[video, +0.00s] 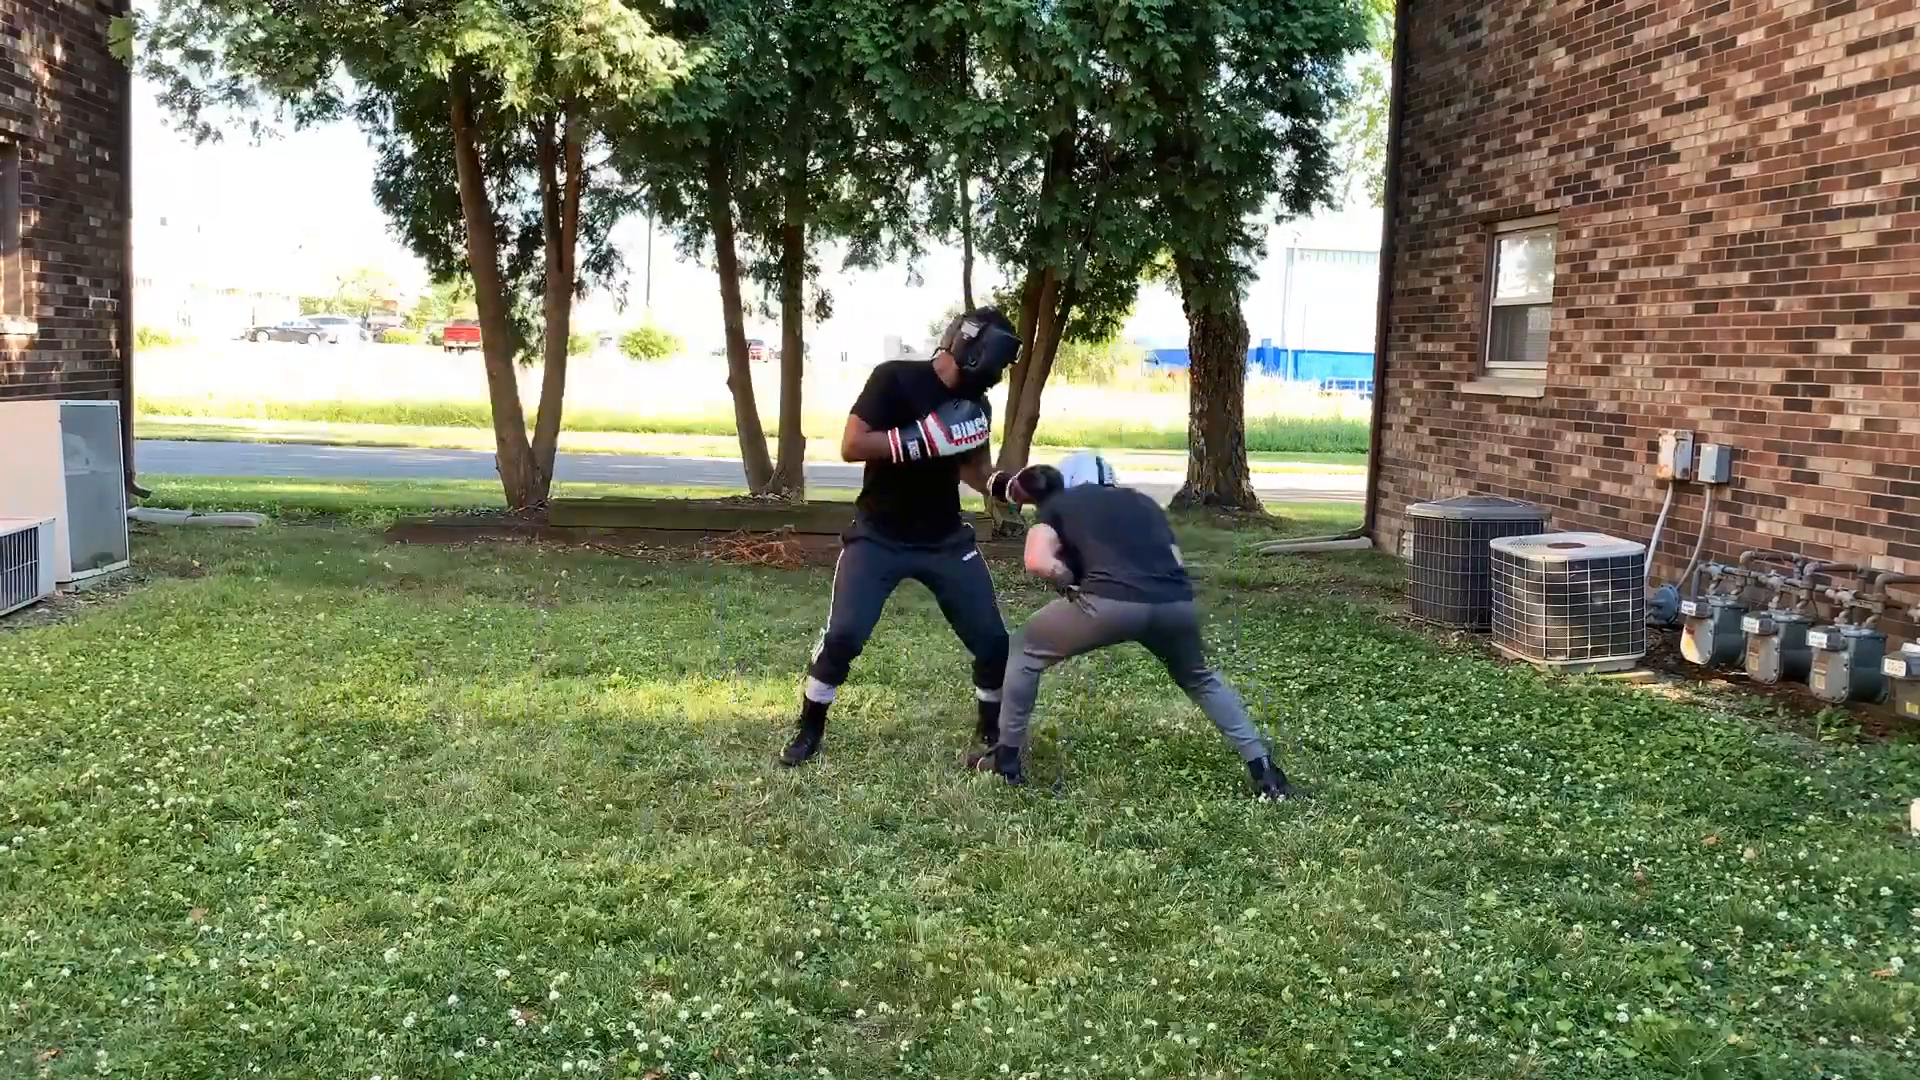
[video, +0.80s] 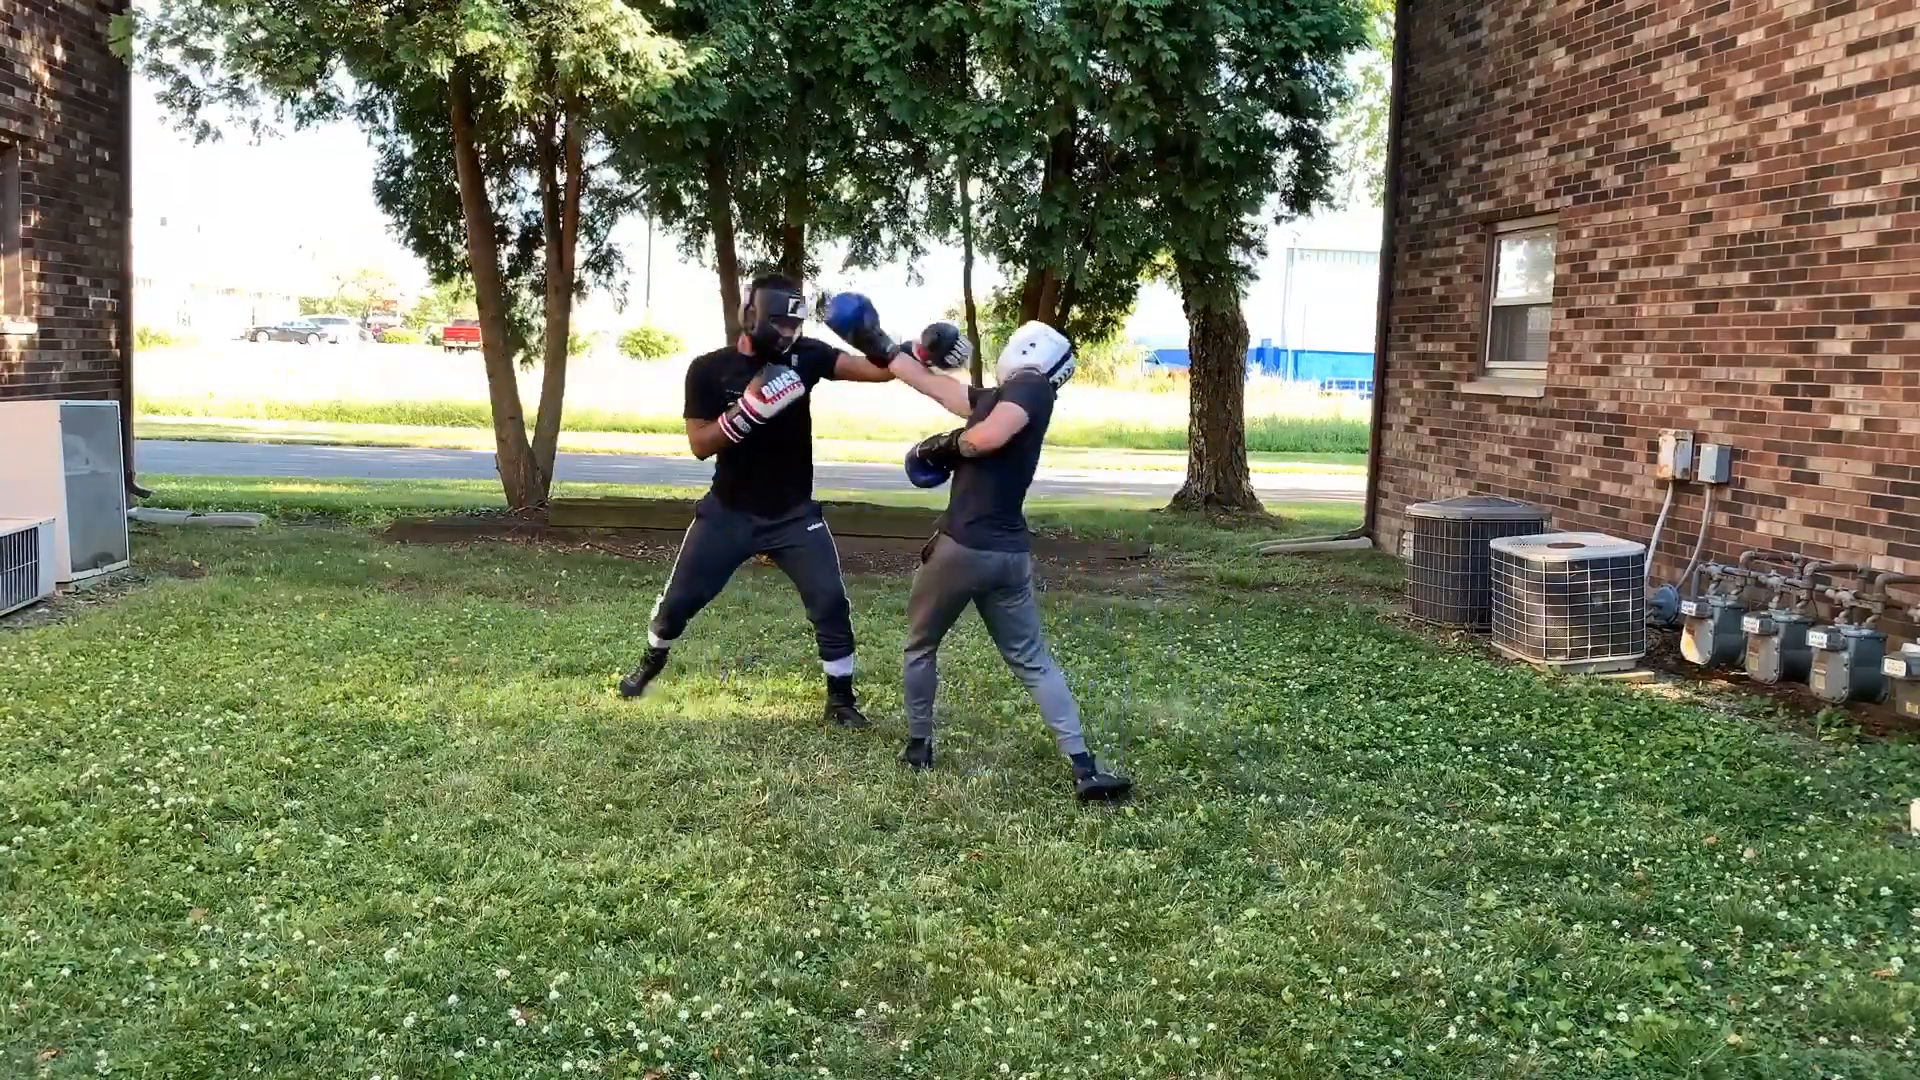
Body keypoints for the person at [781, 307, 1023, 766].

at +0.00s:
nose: (990, 374)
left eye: (997, 366)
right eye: (986, 362)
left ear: (995, 364)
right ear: (964, 348)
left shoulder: (975, 407)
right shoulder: (892, 379)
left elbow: (973, 466)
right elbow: (852, 445)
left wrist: (1001, 483)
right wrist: (918, 440)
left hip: (947, 542)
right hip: (877, 540)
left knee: (992, 641)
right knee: (844, 636)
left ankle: (991, 734)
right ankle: (808, 733)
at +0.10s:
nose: (987, 372)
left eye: (993, 365)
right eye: (983, 360)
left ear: (989, 364)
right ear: (957, 347)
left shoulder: (965, 407)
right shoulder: (887, 378)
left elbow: (955, 475)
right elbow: (853, 450)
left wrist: (984, 497)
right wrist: (917, 441)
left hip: (938, 537)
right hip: (874, 530)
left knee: (978, 633)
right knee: (834, 620)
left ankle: (990, 732)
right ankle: (787, 709)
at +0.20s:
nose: (959, 366)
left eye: (966, 358)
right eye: (958, 354)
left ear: (952, 355)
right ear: (934, 341)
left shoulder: (941, 405)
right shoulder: (865, 384)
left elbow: (951, 472)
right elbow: (837, 459)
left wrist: (981, 510)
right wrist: (902, 440)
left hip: (918, 540)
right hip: (853, 539)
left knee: (967, 639)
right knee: (813, 633)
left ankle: (991, 736)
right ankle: (740, 694)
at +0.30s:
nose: (915, 365)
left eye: (920, 355)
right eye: (912, 352)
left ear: (895, 349)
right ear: (885, 345)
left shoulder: (900, 400)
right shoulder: (821, 397)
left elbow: (933, 467)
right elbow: (823, 475)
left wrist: (952, 453)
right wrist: (883, 440)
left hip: (891, 546)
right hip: (830, 548)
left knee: (951, 641)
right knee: (776, 648)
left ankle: (988, 731)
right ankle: (716, 704)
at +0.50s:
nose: (838, 347)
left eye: (840, 337)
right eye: (830, 336)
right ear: (798, 334)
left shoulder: (836, 388)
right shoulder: (749, 393)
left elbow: (842, 447)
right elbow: (739, 470)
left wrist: (876, 453)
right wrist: (798, 444)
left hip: (843, 529)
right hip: (779, 535)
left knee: (902, 619)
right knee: (754, 634)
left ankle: (932, 712)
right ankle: (709, 705)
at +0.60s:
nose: (834, 336)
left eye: (836, 326)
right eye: (825, 325)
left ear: (834, 324)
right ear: (794, 322)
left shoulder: (837, 367)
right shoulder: (739, 367)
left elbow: (891, 404)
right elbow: (717, 441)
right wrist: (771, 420)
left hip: (825, 506)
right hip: (759, 506)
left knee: (873, 600)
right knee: (734, 609)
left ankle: (873, 696)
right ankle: (706, 704)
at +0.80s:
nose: (791, 330)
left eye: (796, 321)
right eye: (782, 319)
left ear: (799, 322)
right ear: (753, 316)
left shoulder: (806, 356)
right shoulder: (708, 371)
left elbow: (874, 367)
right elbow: (700, 444)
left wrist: (918, 350)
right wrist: (745, 410)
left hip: (795, 515)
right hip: (728, 514)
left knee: (831, 602)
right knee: (677, 602)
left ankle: (841, 700)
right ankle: (652, 660)